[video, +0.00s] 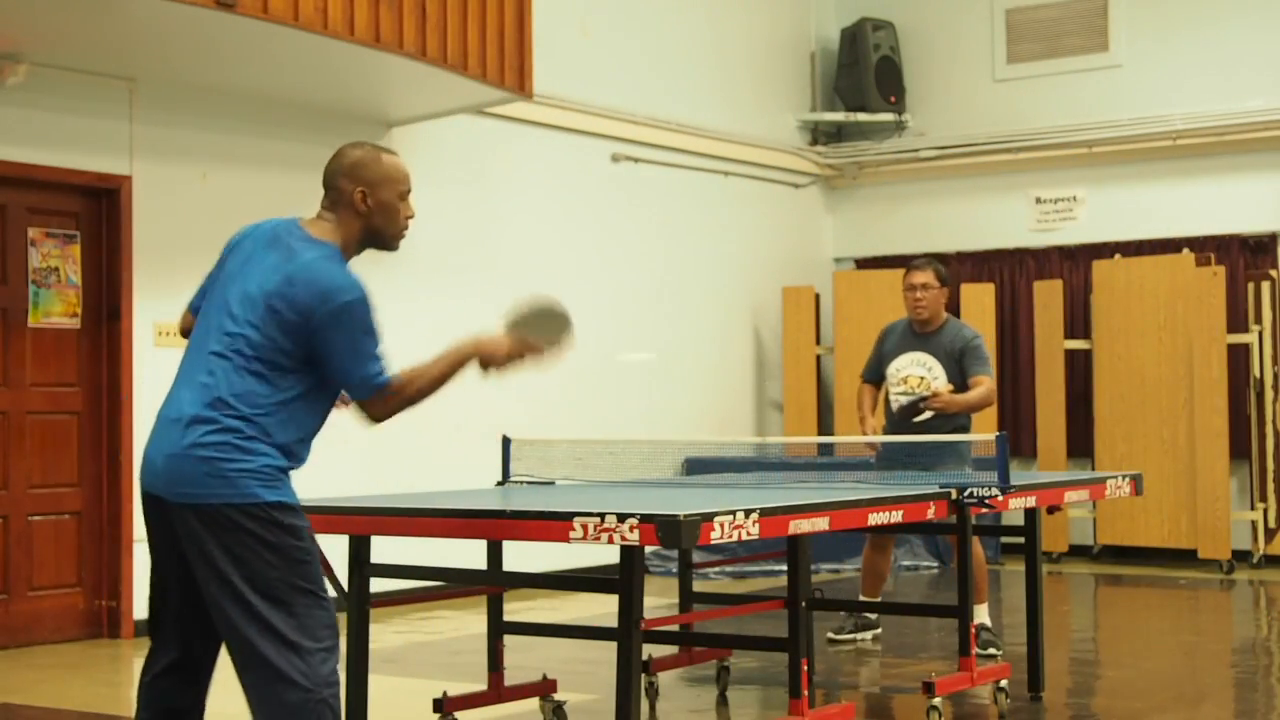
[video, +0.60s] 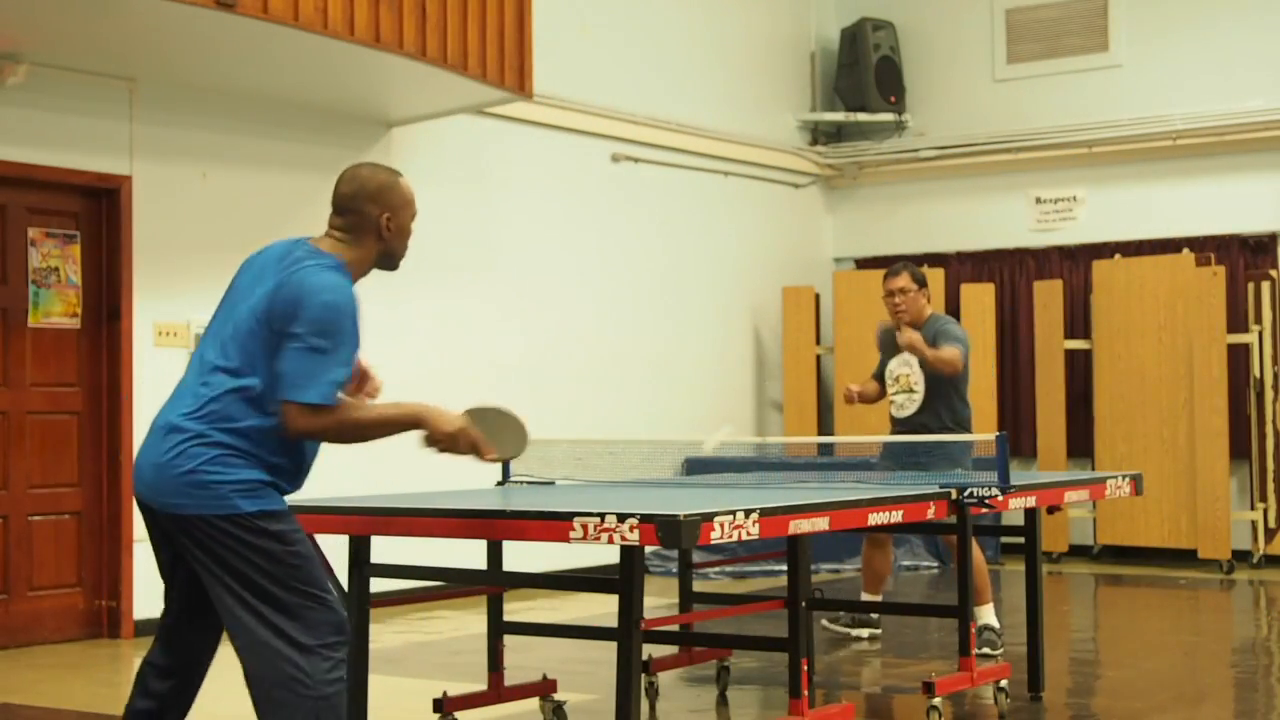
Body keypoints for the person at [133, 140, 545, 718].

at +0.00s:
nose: (412, 211)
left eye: (410, 197)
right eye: (401, 197)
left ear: (351, 199)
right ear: (360, 199)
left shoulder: (255, 238)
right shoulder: (334, 287)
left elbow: (193, 321)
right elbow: (380, 402)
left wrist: (306, 367)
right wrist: (471, 350)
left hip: (168, 471)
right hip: (237, 481)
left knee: (180, 647)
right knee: (303, 650)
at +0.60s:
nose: (411, 234)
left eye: (412, 222)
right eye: (409, 221)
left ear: (340, 216)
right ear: (383, 224)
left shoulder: (272, 259)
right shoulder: (325, 288)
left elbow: (247, 368)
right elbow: (305, 415)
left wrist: (334, 383)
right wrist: (422, 416)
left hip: (163, 472)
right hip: (219, 483)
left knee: (192, 621)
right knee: (318, 630)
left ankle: (147, 714)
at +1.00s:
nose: (399, 211)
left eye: (398, 199)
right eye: (393, 198)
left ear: (330, 198)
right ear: (357, 201)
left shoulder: (240, 243)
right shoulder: (348, 287)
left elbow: (202, 337)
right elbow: (408, 384)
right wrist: (451, 320)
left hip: (154, 475)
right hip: (226, 489)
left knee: (172, 637)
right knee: (301, 645)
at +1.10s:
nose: (397, 224)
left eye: (396, 212)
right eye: (393, 212)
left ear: (321, 213)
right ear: (366, 217)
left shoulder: (241, 256)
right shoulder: (366, 293)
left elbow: (189, 352)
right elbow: (413, 390)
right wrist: (441, 323)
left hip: (157, 482)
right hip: (240, 495)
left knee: (186, 613)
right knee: (339, 631)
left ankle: (150, 713)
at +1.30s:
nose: (399, 237)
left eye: (400, 226)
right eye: (398, 225)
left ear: (327, 223)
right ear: (377, 229)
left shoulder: (243, 268)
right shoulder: (362, 303)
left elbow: (198, 364)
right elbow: (386, 425)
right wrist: (452, 379)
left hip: (161, 484)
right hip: (246, 496)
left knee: (191, 618)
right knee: (345, 634)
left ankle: (154, 714)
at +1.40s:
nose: (402, 224)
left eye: (404, 212)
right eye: (401, 212)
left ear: (330, 209)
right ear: (380, 215)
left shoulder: (256, 255)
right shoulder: (342, 285)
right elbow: (342, 414)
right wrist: (440, 397)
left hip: (158, 467)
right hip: (224, 480)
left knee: (183, 614)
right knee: (314, 625)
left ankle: (146, 714)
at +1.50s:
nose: (399, 226)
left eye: (400, 214)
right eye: (396, 214)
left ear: (329, 212)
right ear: (370, 217)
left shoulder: (269, 260)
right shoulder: (309, 286)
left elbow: (253, 353)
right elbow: (280, 412)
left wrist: (338, 365)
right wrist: (395, 413)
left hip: (167, 477)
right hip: (216, 487)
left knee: (188, 627)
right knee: (307, 638)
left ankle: (142, 714)